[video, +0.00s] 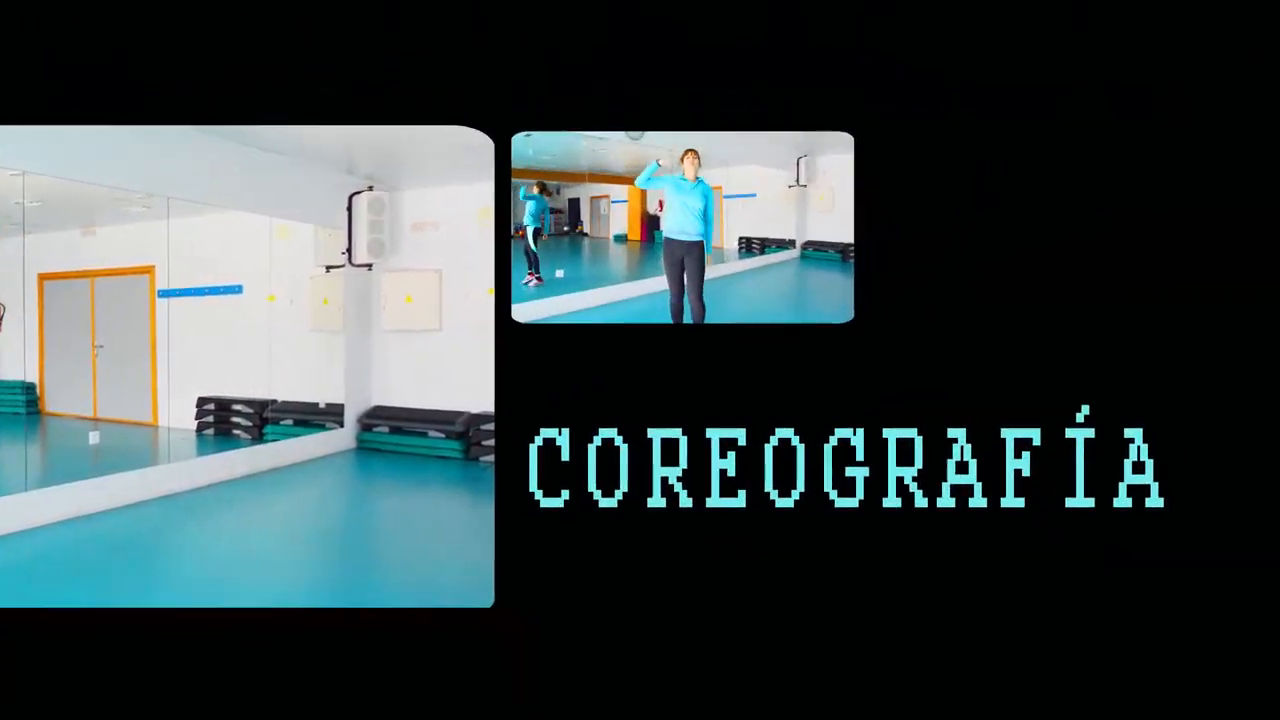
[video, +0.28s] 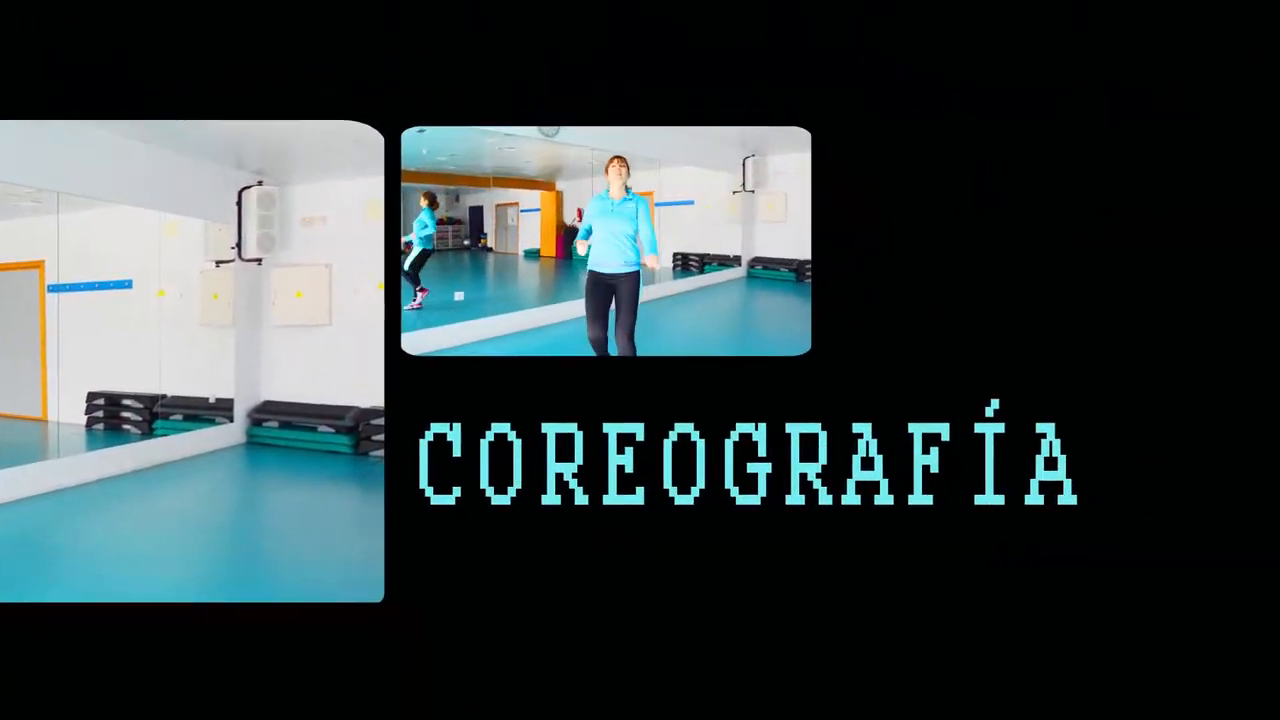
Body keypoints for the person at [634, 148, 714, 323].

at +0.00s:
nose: (692, 159)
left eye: (695, 157)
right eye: (688, 157)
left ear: (699, 163)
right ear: (682, 163)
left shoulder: (705, 189)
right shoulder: (670, 181)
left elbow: (709, 220)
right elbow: (639, 183)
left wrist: (708, 248)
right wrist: (655, 164)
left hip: (695, 244)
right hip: (671, 242)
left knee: (695, 294)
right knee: (676, 293)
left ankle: (698, 322)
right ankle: (677, 322)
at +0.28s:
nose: (618, 168)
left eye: (622, 165)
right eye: (613, 165)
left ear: (628, 174)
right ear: (606, 174)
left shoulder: (638, 202)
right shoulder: (595, 202)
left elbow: (647, 231)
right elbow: (585, 227)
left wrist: (651, 253)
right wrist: (580, 240)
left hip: (627, 275)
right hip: (597, 275)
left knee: (624, 336)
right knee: (595, 335)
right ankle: (603, 355)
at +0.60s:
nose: (579, 177)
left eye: (583, 173)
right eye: (574, 174)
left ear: (589, 179)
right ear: (567, 179)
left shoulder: (601, 209)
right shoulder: (556, 211)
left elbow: (629, 231)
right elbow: (547, 248)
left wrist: (611, 206)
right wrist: (539, 280)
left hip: (597, 286)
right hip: (566, 287)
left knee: (593, 349)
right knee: (571, 349)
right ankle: (564, 364)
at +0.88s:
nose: (578, 167)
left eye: (582, 163)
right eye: (574, 164)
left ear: (588, 168)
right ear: (567, 169)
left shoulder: (595, 198)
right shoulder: (557, 192)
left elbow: (602, 227)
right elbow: (531, 211)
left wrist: (604, 251)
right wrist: (538, 183)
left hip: (588, 266)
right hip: (560, 266)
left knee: (592, 324)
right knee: (564, 324)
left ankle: (592, 359)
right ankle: (561, 364)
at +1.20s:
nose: (572, 174)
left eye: (575, 171)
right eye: (568, 171)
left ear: (581, 174)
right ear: (562, 175)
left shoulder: (592, 199)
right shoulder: (553, 199)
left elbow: (602, 224)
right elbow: (524, 218)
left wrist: (604, 248)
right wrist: (545, 215)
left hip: (583, 261)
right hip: (558, 260)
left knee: (579, 305)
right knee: (556, 307)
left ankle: (577, 343)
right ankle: (551, 353)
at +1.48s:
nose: (560, 173)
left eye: (563, 170)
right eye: (556, 171)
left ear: (568, 174)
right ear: (551, 175)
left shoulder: (577, 197)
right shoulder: (544, 197)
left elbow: (592, 221)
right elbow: (523, 212)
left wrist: (586, 214)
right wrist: (512, 227)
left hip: (570, 253)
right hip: (549, 253)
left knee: (565, 296)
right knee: (554, 293)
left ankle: (560, 336)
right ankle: (559, 318)